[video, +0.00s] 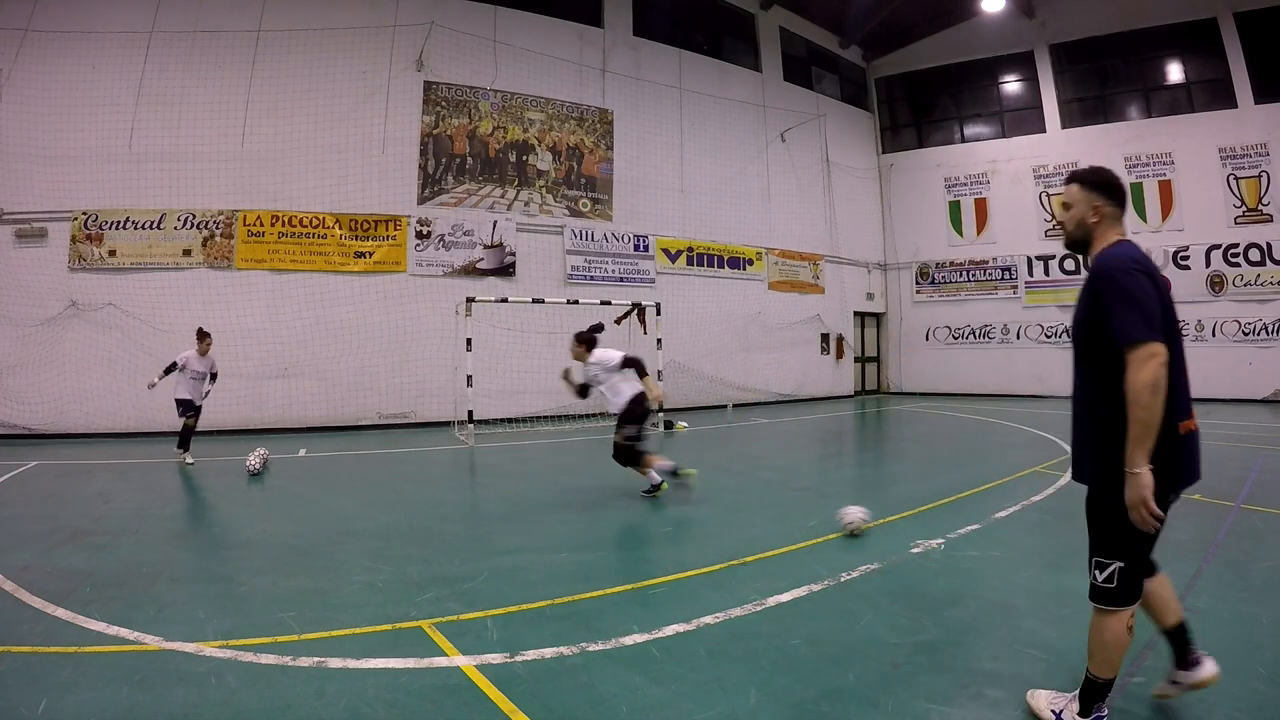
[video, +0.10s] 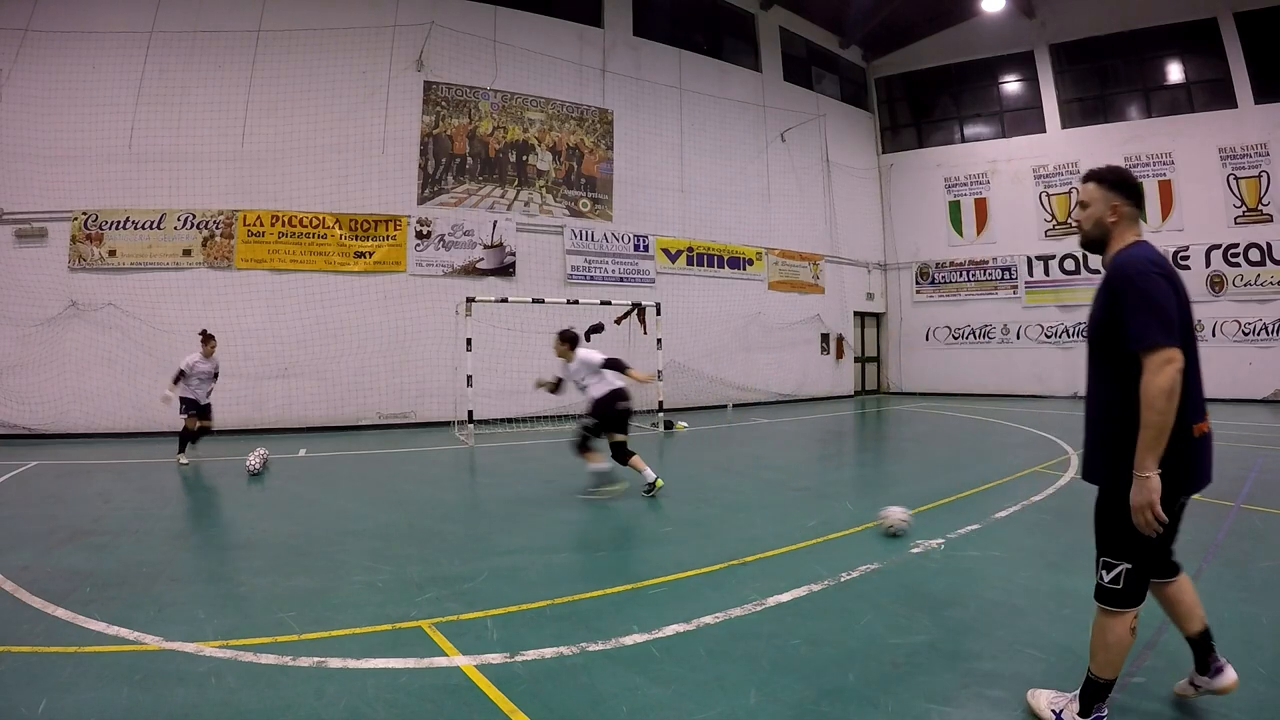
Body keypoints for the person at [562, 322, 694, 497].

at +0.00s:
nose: (571, 349)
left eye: (574, 346)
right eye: (572, 346)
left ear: (583, 348)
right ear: (583, 348)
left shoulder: (599, 357)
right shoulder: (589, 367)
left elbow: (636, 362)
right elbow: (583, 393)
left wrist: (651, 389)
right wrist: (569, 380)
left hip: (636, 402)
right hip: (626, 407)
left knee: (625, 453)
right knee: (622, 454)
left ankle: (674, 468)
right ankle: (656, 481)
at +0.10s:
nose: (554, 347)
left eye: (558, 344)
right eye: (556, 343)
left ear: (567, 346)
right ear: (566, 346)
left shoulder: (583, 355)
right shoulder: (566, 366)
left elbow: (612, 363)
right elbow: (557, 388)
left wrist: (635, 375)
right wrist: (546, 385)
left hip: (606, 402)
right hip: (621, 400)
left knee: (582, 444)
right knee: (619, 452)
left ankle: (606, 478)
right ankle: (652, 479)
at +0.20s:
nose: (536, 348)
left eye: (539, 345)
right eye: (537, 344)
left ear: (548, 347)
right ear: (549, 346)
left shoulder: (566, 359)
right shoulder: (547, 360)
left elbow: (589, 372)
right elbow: (533, 372)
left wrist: (599, 390)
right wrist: (524, 396)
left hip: (578, 404)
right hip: (591, 402)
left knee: (549, 434)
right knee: (601, 444)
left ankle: (553, 480)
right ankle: (636, 468)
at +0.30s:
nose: (517, 354)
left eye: (519, 351)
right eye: (517, 350)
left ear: (527, 352)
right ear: (530, 351)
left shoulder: (540, 366)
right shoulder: (537, 362)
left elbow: (547, 389)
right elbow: (528, 375)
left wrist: (535, 405)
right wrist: (517, 383)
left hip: (562, 406)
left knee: (537, 443)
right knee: (550, 446)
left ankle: (549, 481)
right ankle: (588, 456)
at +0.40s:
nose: (500, 351)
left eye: (502, 348)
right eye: (501, 348)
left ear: (510, 350)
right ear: (514, 349)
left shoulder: (518, 367)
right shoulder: (526, 356)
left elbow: (530, 390)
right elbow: (540, 354)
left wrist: (510, 399)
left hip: (541, 403)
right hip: (548, 398)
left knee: (525, 447)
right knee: (519, 424)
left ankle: (546, 478)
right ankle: (538, 454)